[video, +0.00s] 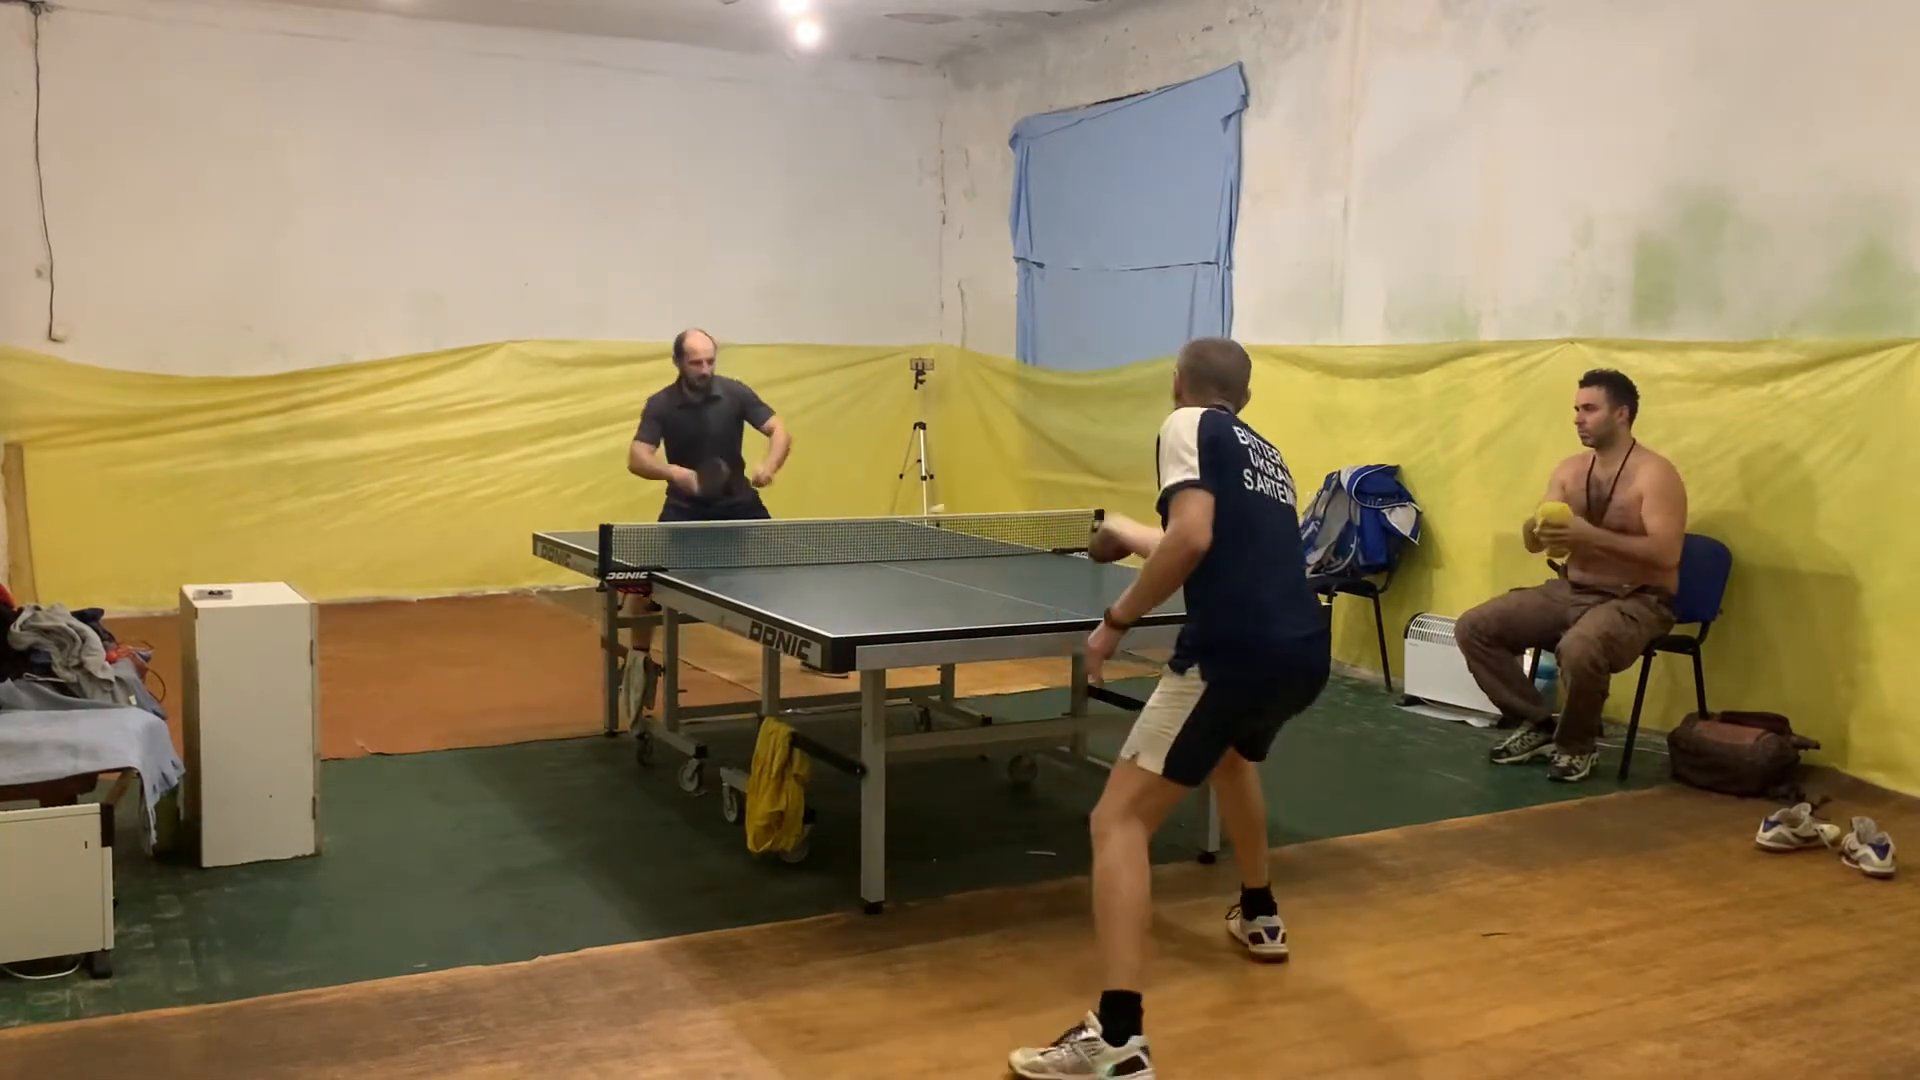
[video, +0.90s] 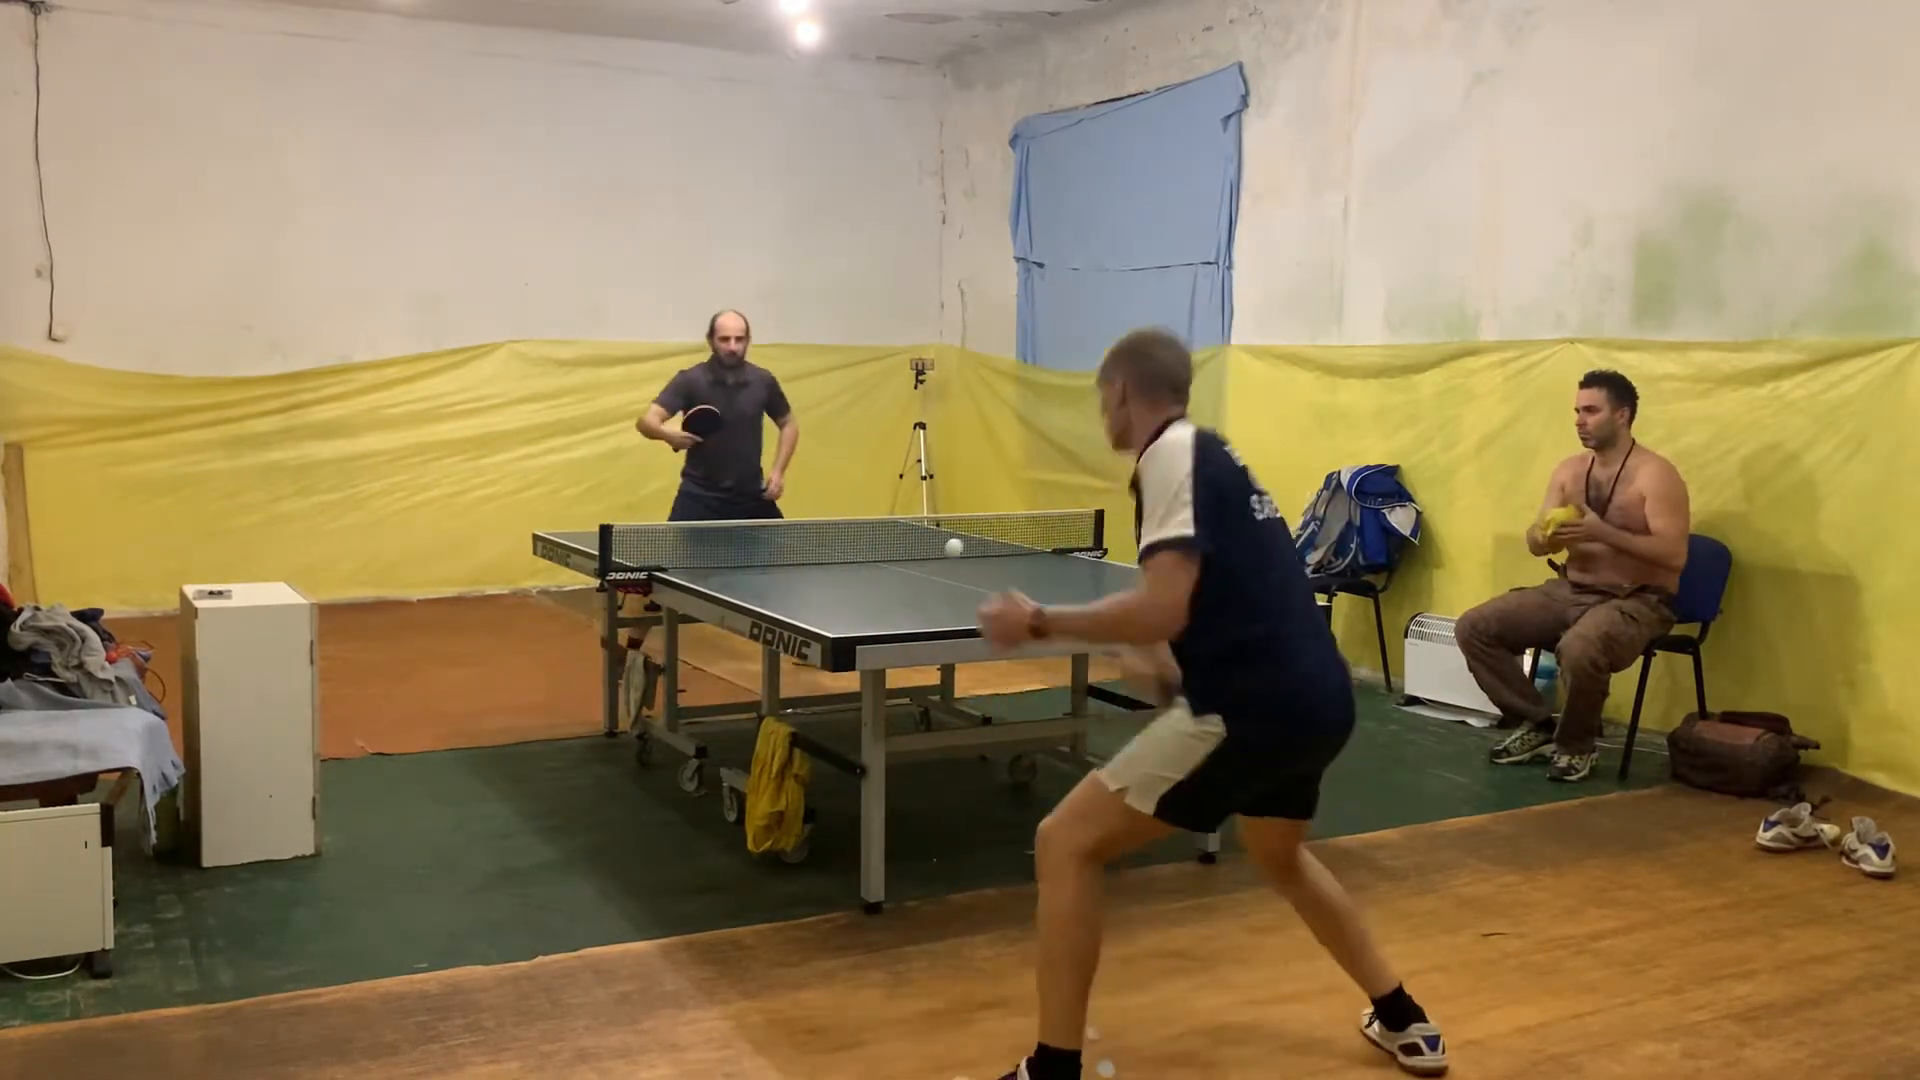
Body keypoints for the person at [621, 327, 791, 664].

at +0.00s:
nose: (705, 370)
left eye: (710, 362)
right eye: (697, 363)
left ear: (716, 359)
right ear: (678, 362)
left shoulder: (735, 393)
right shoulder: (661, 404)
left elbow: (781, 433)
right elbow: (637, 460)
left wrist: (769, 466)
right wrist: (672, 472)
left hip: (739, 503)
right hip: (685, 507)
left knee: (783, 563)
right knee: (643, 579)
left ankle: (806, 641)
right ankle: (639, 664)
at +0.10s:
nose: (734, 385)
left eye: (739, 377)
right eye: (725, 377)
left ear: (745, 374)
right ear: (708, 373)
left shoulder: (753, 403)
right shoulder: (682, 407)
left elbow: (786, 445)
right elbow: (667, 463)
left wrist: (781, 487)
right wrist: (719, 479)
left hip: (739, 511)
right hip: (687, 513)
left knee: (790, 561)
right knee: (651, 584)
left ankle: (808, 645)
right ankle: (638, 661)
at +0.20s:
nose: (765, 410)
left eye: (769, 402)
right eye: (757, 401)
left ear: (775, 396)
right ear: (738, 393)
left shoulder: (768, 417)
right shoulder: (708, 414)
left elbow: (789, 455)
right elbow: (713, 464)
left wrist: (789, 493)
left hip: (743, 508)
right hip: (696, 512)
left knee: (793, 556)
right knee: (658, 584)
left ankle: (809, 643)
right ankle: (639, 659)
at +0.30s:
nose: (778, 399)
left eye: (784, 392)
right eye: (772, 390)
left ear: (788, 389)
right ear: (753, 383)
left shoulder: (777, 411)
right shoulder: (724, 411)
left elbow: (795, 446)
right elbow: (741, 444)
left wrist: (801, 487)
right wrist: (771, 476)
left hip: (759, 514)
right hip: (711, 516)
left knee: (802, 568)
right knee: (671, 587)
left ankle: (811, 645)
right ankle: (640, 661)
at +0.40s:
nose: (783, 363)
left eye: (789, 356)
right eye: (777, 355)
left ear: (795, 355)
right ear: (759, 350)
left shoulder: (785, 383)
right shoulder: (737, 383)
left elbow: (798, 416)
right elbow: (721, 414)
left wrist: (813, 454)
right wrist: (719, 443)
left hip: (766, 489)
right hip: (725, 493)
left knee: (807, 548)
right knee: (696, 567)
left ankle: (815, 641)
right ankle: (644, 652)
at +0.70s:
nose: (769, 350)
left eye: (776, 343)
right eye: (762, 342)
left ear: (784, 344)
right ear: (748, 341)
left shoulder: (794, 385)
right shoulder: (723, 380)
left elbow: (819, 426)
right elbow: (679, 411)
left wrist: (817, 463)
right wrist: (682, 429)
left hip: (775, 493)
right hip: (725, 493)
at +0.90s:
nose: (732, 347)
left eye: (739, 340)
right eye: (724, 340)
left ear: (748, 341)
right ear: (711, 341)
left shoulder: (763, 382)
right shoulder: (690, 380)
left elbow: (789, 426)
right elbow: (646, 422)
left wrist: (777, 472)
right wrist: (669, 435)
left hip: (749, 498)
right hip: (698, 497)